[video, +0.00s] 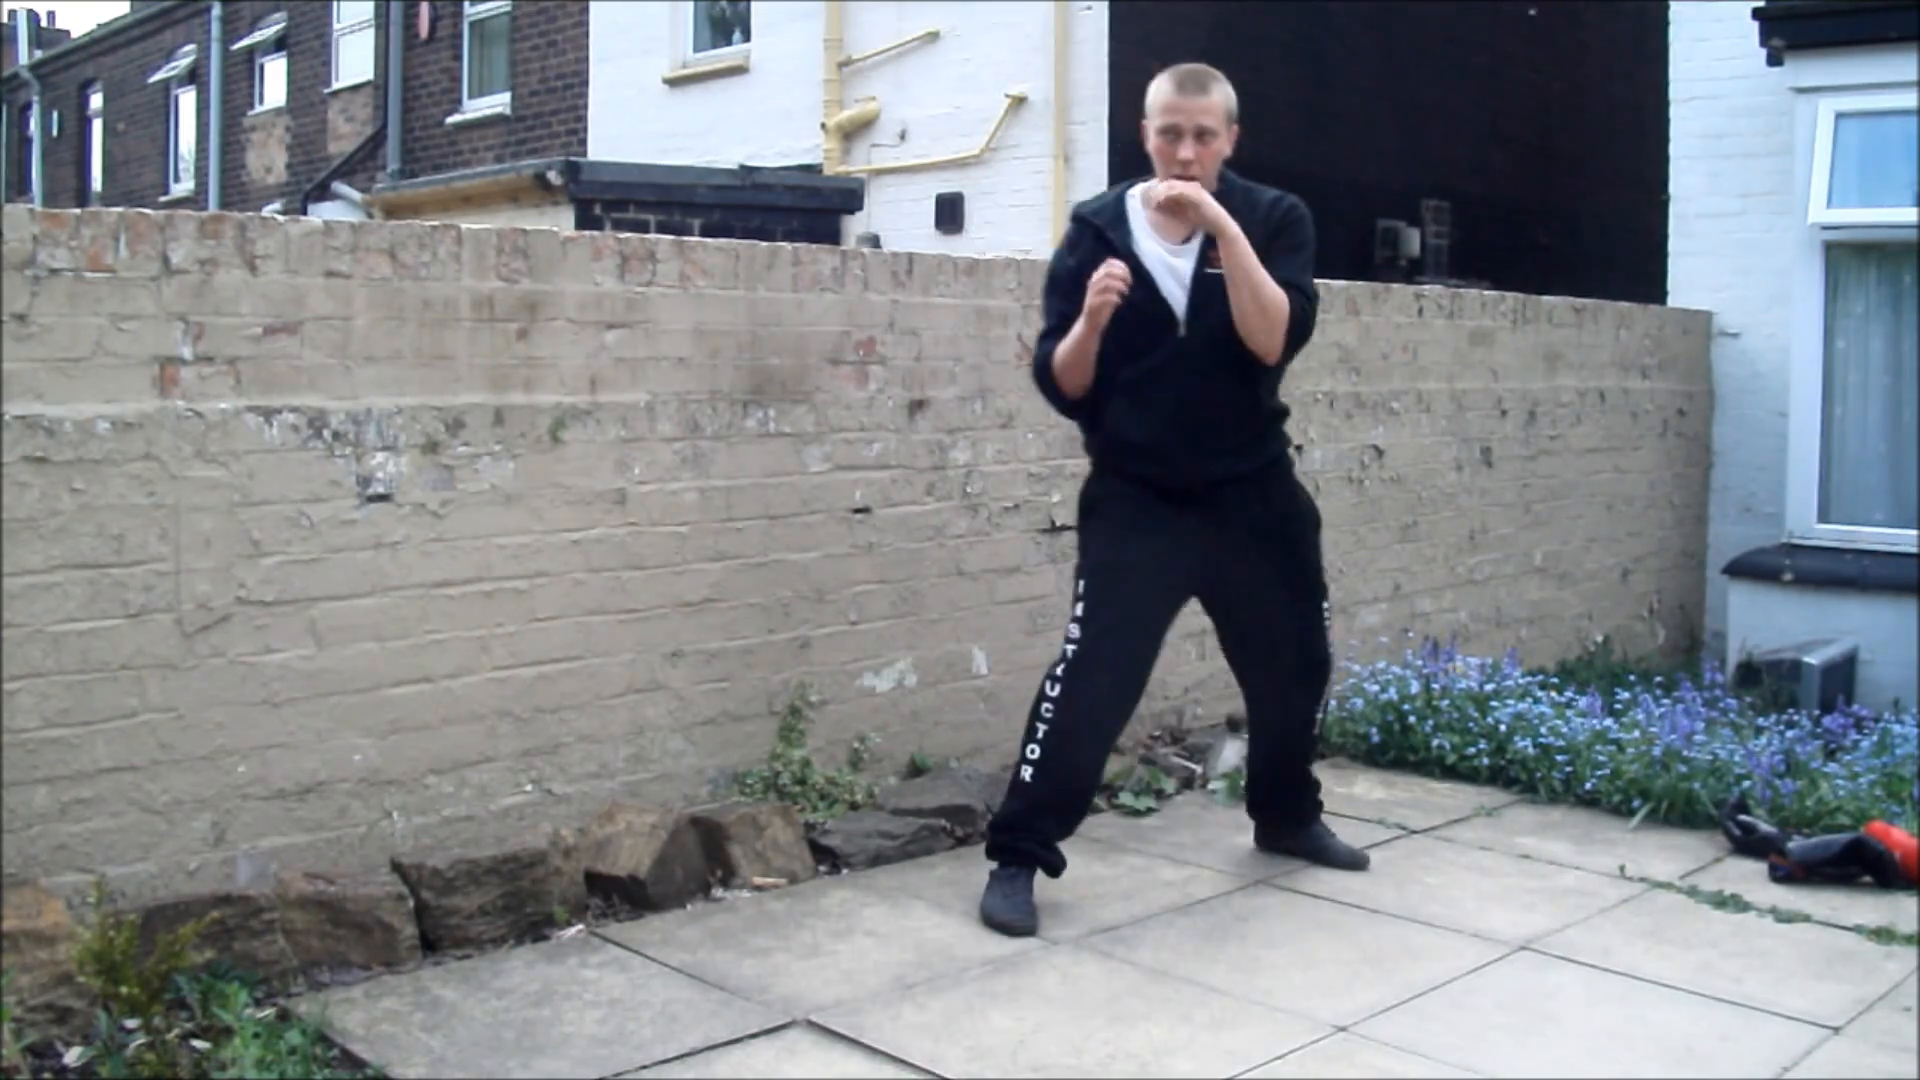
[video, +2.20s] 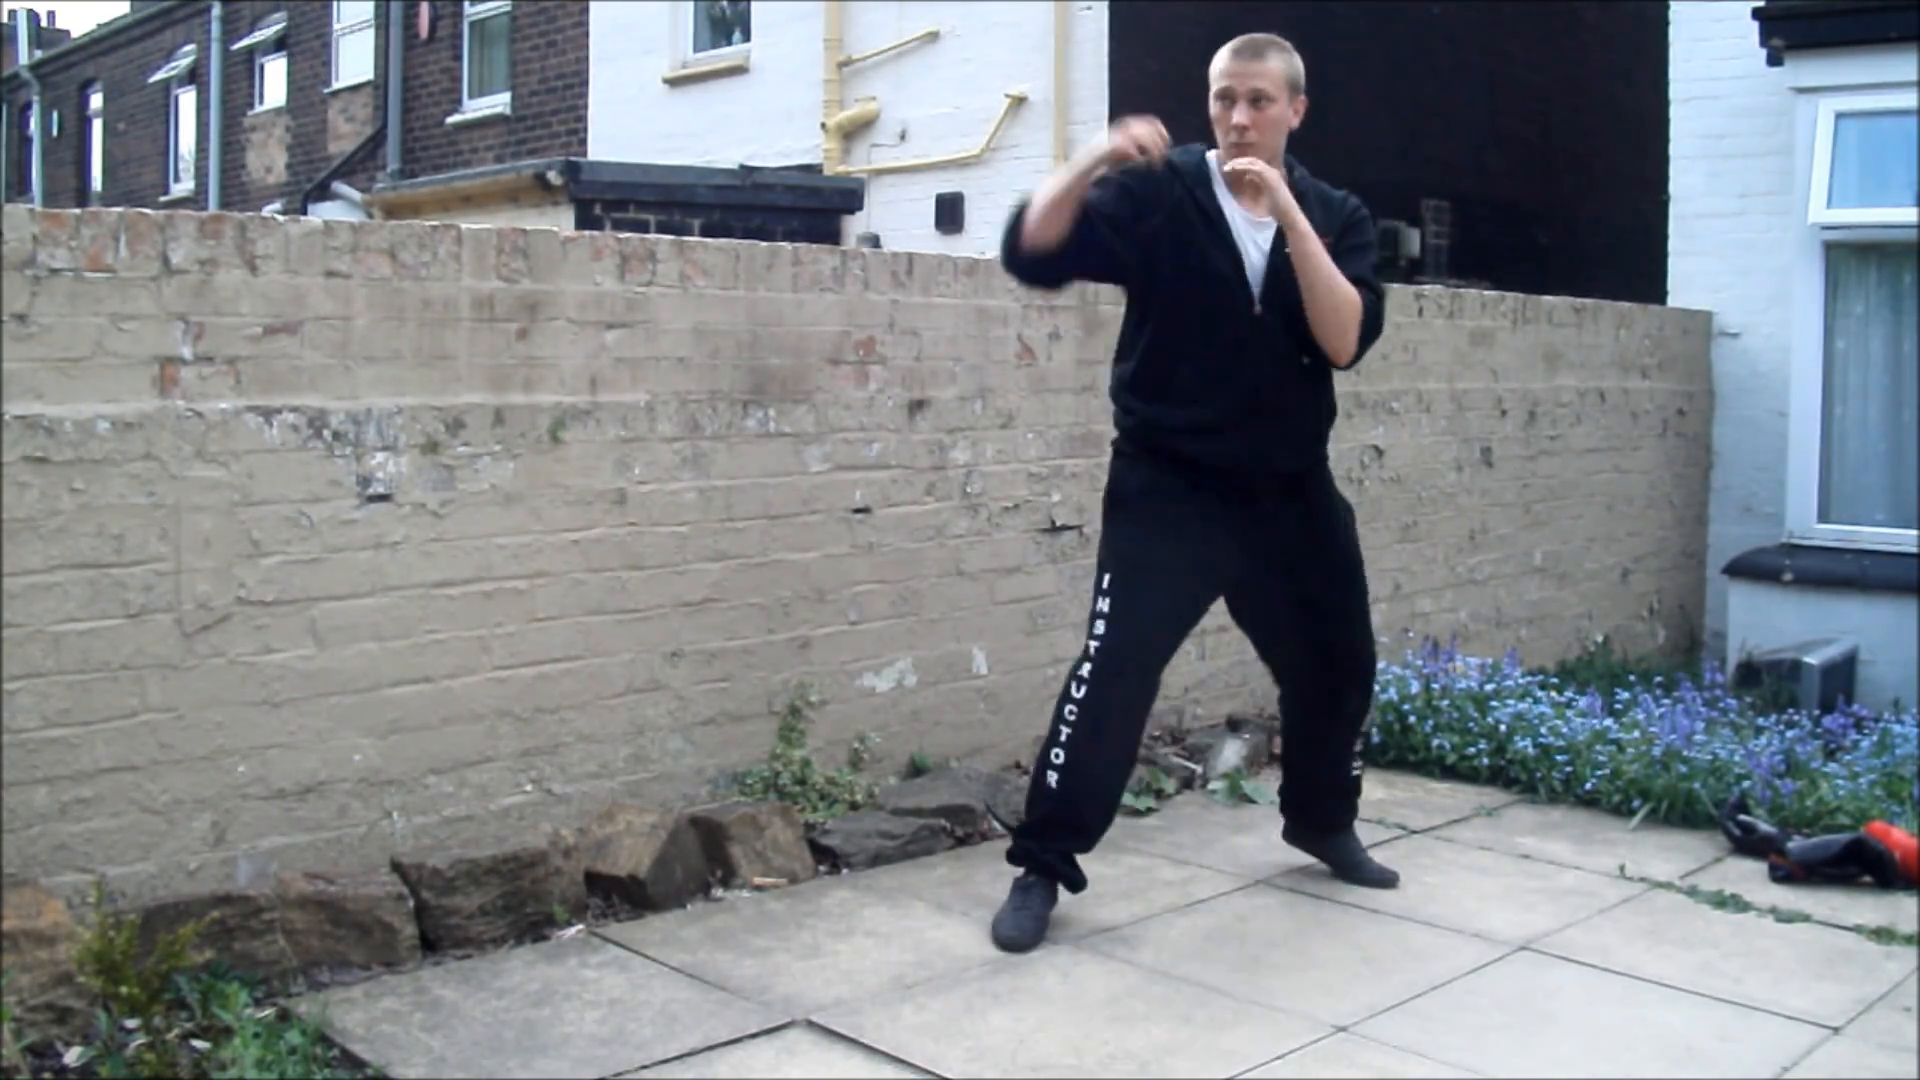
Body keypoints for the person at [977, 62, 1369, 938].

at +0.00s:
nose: (1186, 152)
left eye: (1204, 136)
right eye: (1171, 135)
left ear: (1233, 140)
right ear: (1144, 135)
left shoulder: (1275, 220)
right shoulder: (1098, 228)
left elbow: (1274, 341)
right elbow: (1061, 385)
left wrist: (1224, 228)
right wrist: (1089, 325)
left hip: (1252, 496)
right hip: (1134, 497)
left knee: (1294, 665)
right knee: (1096, 673)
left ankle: (1287, 819)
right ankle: (1016, 860)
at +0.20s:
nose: (1246, 125)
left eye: (1263, 109)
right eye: (1232, 108)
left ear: (1292, 115)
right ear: (1208, 108)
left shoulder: (1336, 194)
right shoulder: (1158, 196)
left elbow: (1330, 322)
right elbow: (1125, 359)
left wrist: (1258, 221)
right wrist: (1138, 306)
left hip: (1301, 473)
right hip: (1184, 470)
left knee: (1321, 650)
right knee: (1148, 643)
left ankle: (1292, 815)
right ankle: (1087, 830)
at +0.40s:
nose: (1268, 104)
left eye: (1286, 90)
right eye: (1255, 88)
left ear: (1316, 99)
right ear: (1233, 93)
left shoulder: (1357, 179)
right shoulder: (1187, 168)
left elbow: (1373, 301)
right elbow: (1118, 301)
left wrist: (1320, 189)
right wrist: (1160, 223)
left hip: (1317, 441)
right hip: (1208, 438)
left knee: (1313, 625)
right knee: (1210, 621)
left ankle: (1306, 791)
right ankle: (1215, 785)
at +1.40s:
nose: (1308, 172)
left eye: (1327, 158)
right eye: (1295, 154)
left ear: (1359, 161)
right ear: (1275, 148)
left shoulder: (1383, 240)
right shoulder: (1218, 213)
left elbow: (1366, 368)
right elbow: (1147, 362)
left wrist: (1314, 260)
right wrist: (1182, 304)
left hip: (1326, 486)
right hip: (1212, 479)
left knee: (1347, 657)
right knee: (1172, 647)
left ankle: (1327, 817)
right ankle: (1105, 840)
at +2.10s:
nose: (1258, 111)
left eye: (1277, 95)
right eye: (1244, 94)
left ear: (1314, 105)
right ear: (1224, 101)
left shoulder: (1353, 208)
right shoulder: (1173, 187)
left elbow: (1358, 330)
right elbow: (1085, 326)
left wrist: (1294, 209)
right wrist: (1137, 255)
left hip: (1292, 488)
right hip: (1174, 481)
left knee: (1319, 666)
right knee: (1130, 666)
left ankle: (1311, 835)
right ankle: (1047, 862)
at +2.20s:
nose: (1241, 116)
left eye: (1260, 100)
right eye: (1227, 98)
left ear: (1296, 110)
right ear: (1207, 104)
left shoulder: (1337, 216)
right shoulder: (1155, 193)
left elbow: (1345, 342)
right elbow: (1032, 254)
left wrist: (1287, 214)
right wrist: (1092, 161)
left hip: (1290, 491)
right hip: (1165, 486)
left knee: (1339, 663)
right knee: (1115, 666)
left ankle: (1321, 823)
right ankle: (1041, 867)